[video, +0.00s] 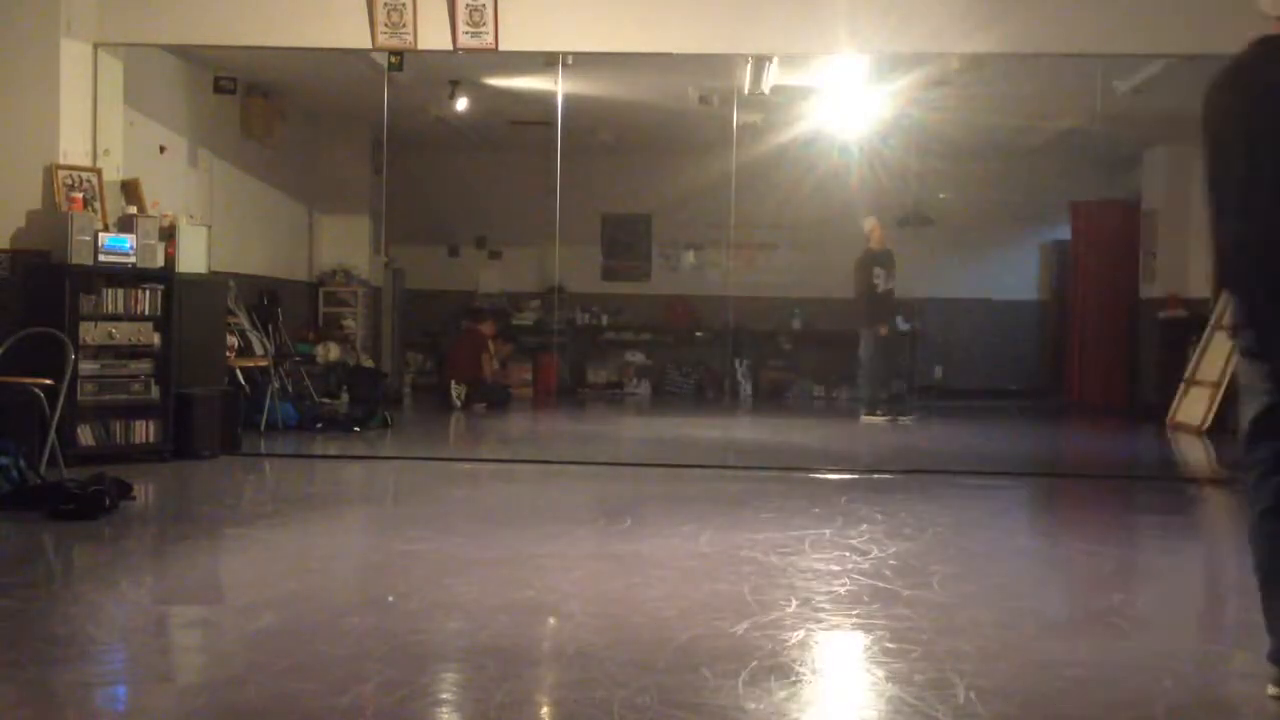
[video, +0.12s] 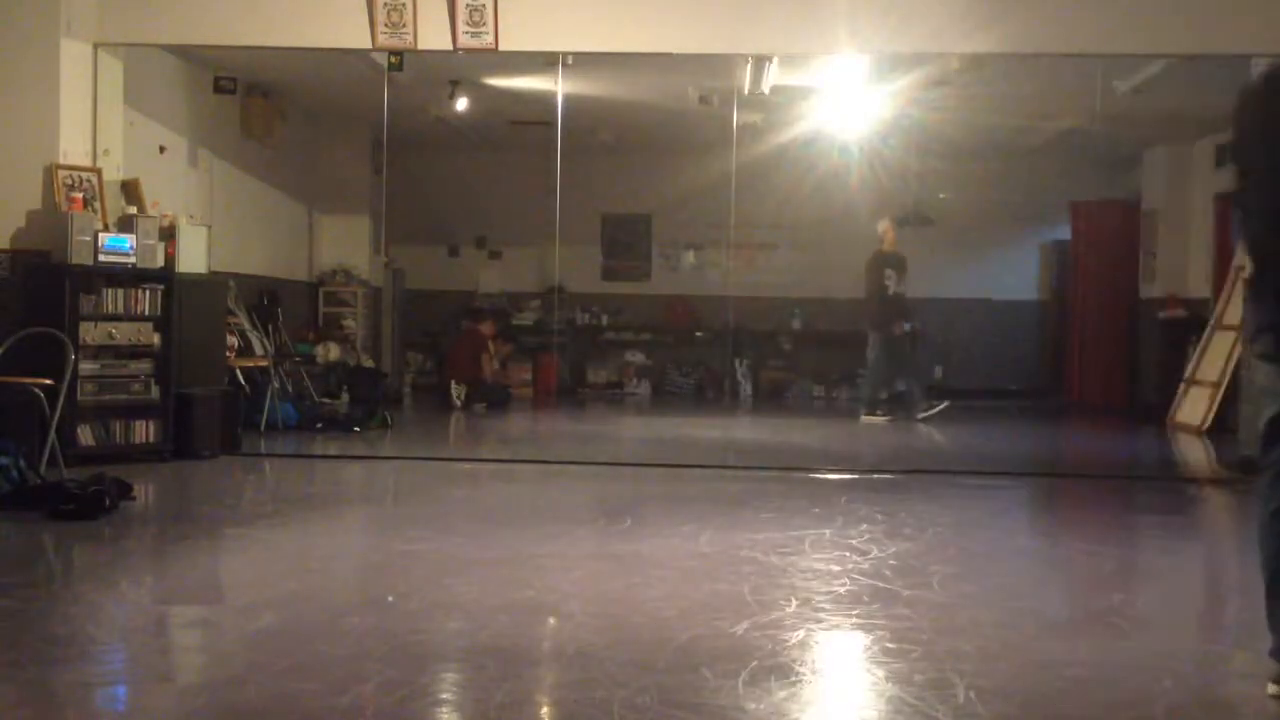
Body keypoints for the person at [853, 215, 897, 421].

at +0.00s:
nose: (881, 234)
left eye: (881, 229)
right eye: (876, 230)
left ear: (883, 231)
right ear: (869, 234)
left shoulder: (888, 257)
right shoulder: (865, 260)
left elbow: (889, 289)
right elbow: (864, 293)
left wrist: (890, 316)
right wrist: (875, 320)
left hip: (886, 316)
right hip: (870, 317)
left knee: (886, 361)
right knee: (870, 362)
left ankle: (886, 405)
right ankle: (868, 406)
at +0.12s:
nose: (893, 235)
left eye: (893, 231)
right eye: (889, 232)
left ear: (896, 233)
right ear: (881, 235)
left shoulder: (900, 259)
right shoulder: (876, 260)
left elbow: (900, 291)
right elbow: (874, 294)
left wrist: (905, 317)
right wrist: (887, 320)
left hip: (898, 317)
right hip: (880, 317)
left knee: (906, 360)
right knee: (876, 362)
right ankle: (868, 408)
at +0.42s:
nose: (920, 236)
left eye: (923, 231)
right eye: (917, 231)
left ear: (928, 233)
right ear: (911, 233)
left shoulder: (933, 262)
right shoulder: (907, 262)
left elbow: (931, 295)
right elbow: (904, 297)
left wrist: (935, 323)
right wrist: (912, 327)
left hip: (932, 322)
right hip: (913, 322)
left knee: (936, 367)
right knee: (911, 369)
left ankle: (934, 410)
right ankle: (887, 395)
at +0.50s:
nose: (928, 235)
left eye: (931, 230)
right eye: (924, 231)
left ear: (936, 231)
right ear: (918, 233)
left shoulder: (943, 260)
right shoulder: (914, 259)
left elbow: (944, 293)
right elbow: (911, 295)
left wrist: (945, 319)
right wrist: (918, 324)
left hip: (940, 319)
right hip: (922, 319)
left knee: (942, 368)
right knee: (926, 368)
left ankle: (935, 411)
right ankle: (900, 390)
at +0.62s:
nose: (936, 233)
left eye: (939, 227)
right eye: (932, 228)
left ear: (945, 228)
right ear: (926, 231)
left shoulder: (956, 255)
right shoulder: (921, 256)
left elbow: (962, 287)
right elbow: (918, 291)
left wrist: (964, 311)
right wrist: (923, 319)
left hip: (952, 314)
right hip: (930, 315)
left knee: (948, 362)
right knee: (938, 362)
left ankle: (940, 408)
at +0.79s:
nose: (949, 237)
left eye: (952, 231)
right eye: (944, 232)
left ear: (958, 233)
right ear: (938, 235)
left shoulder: (970, 260)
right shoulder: (932, 261)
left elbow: (986, 290)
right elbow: (925, 295)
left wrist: (1001, 314)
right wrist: (927, 325)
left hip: (965, 320)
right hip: (941, 320)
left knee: (949, 366)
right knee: (951, 364)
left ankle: (936, 411)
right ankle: (959, 410)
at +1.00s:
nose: (958, 234)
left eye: (961, 229)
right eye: (953, 230)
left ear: (967, 231)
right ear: (947, 234)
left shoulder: (984, 256)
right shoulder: (943, 261)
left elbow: (1000, 287)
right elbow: (936, 297)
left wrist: (1014, 315)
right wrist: (936, 330)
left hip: (981, 318)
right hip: (955, 320)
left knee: (971, 364)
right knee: (968, 366)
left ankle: (950, 396)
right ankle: (978, 417)